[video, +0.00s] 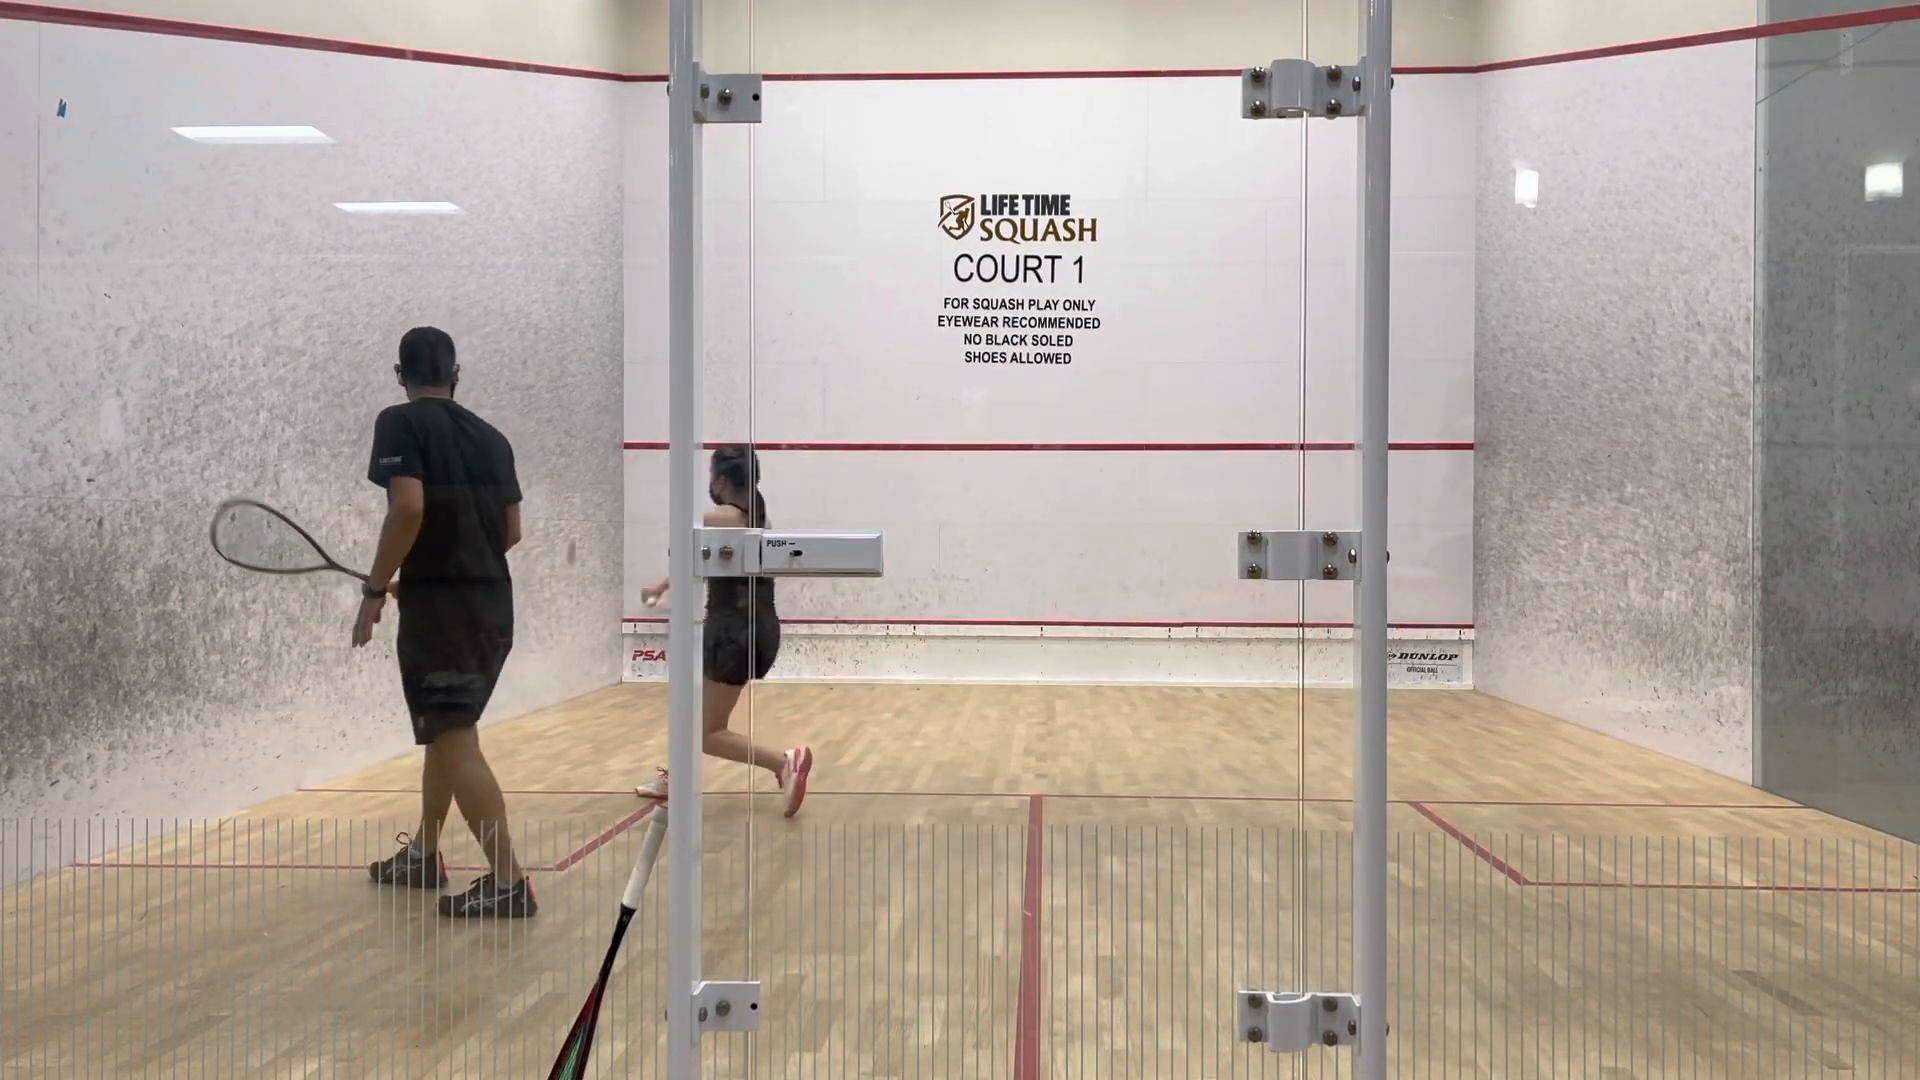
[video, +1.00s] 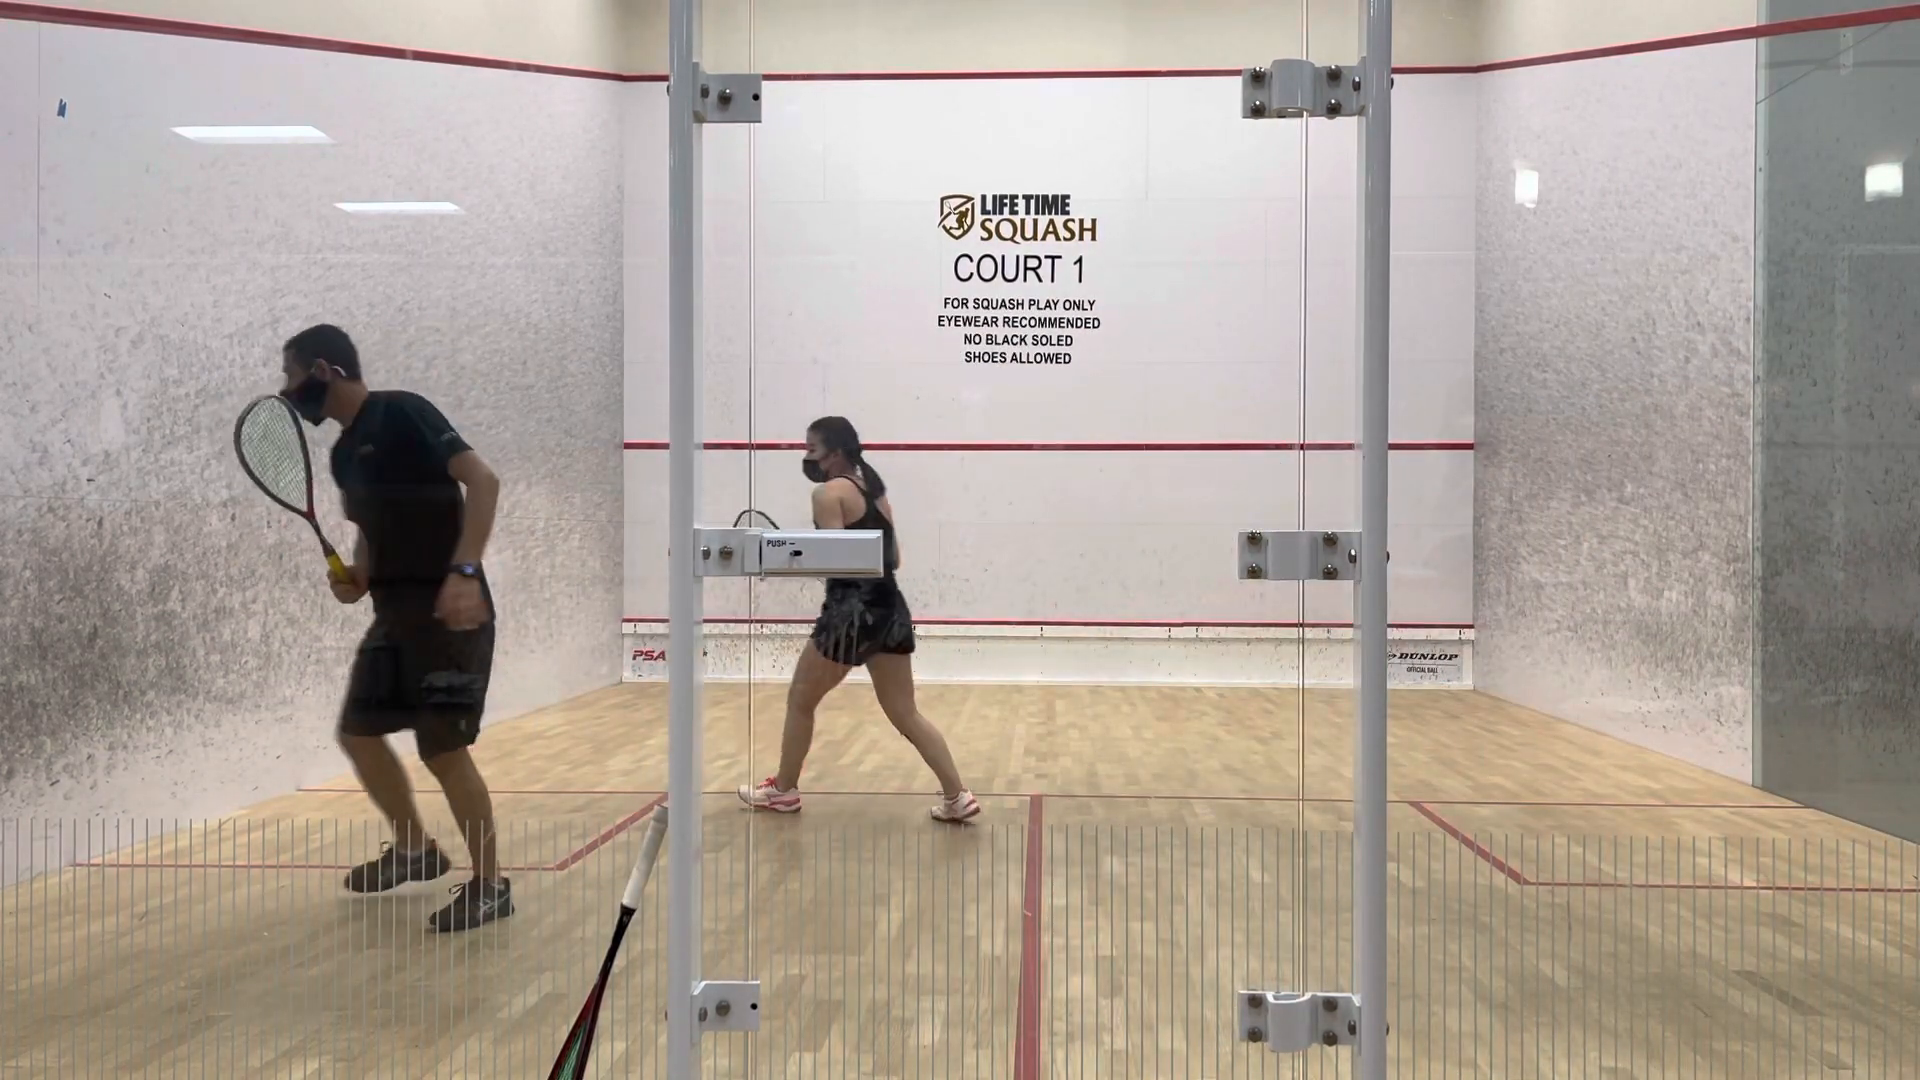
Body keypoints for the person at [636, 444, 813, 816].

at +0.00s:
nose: (709, 482)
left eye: (713, 475)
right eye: (711, 475)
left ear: (724, 480)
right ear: (747, 480)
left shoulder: (720, 518)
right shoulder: (756, 517)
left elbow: (690, 561)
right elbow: (707, 562)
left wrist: (661, 586)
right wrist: (669, 585)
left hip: (732, 629)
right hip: (757, 626)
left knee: (706, 736)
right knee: (698, 709)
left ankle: (783, 763)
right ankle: (676, 778)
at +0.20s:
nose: (686, 478)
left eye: (692, 471)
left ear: (695, 477)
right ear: (735, 478)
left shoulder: (692, 515)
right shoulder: (752, 518)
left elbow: (657, 567)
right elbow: (785, 542)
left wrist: (620, 613)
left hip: (718, 630)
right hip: (753, 626)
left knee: (692, 717)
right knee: (693, 703)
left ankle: (767, 757)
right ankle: (675, 776)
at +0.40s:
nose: (712, 473)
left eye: (714, 465)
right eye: (714, 465)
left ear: (723, 469)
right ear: (753, 466)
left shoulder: (715, 504)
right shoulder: (778, 509)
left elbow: (673, 540)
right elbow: (831, 521)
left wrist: (628, 569)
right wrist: (880, 521)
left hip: (721, 623)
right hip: (760, 624)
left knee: (694, 708)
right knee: (698, 700)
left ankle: (756, 766)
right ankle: (673, 775)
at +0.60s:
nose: (737, 449)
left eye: (740, 442)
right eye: (738, 442)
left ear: (751, 443)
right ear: (781, 443)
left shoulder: (741, 480)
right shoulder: (808, 489)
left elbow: (690, 522)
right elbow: (844, 521)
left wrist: (635, 542)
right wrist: (867, 519)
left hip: (759, 603)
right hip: (800, 603)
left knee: (744, 700)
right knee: (753, 685)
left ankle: (780, 788)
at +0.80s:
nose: (767, 441)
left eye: (771, 434)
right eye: (768, 434)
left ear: (791, 435)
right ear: (809, 434)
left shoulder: (774, 476)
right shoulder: (839, 482)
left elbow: (759, 530)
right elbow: (857, 538)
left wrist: (728, 538)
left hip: (796, 599)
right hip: (840, 597)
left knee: (771, 693)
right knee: (835, 695)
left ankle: (780, 787)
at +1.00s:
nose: (807, 457)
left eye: (813, 450)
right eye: (808, 450)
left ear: (836, 452)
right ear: (845, 453)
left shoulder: (828, 493)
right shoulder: (874, 489)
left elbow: (832, 558)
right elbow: (893, 559)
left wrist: (779, 556)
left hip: (848, 615)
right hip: (889, 612)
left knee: (801, 699)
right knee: (904, 713)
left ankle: (784, 788)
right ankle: (957, 795)